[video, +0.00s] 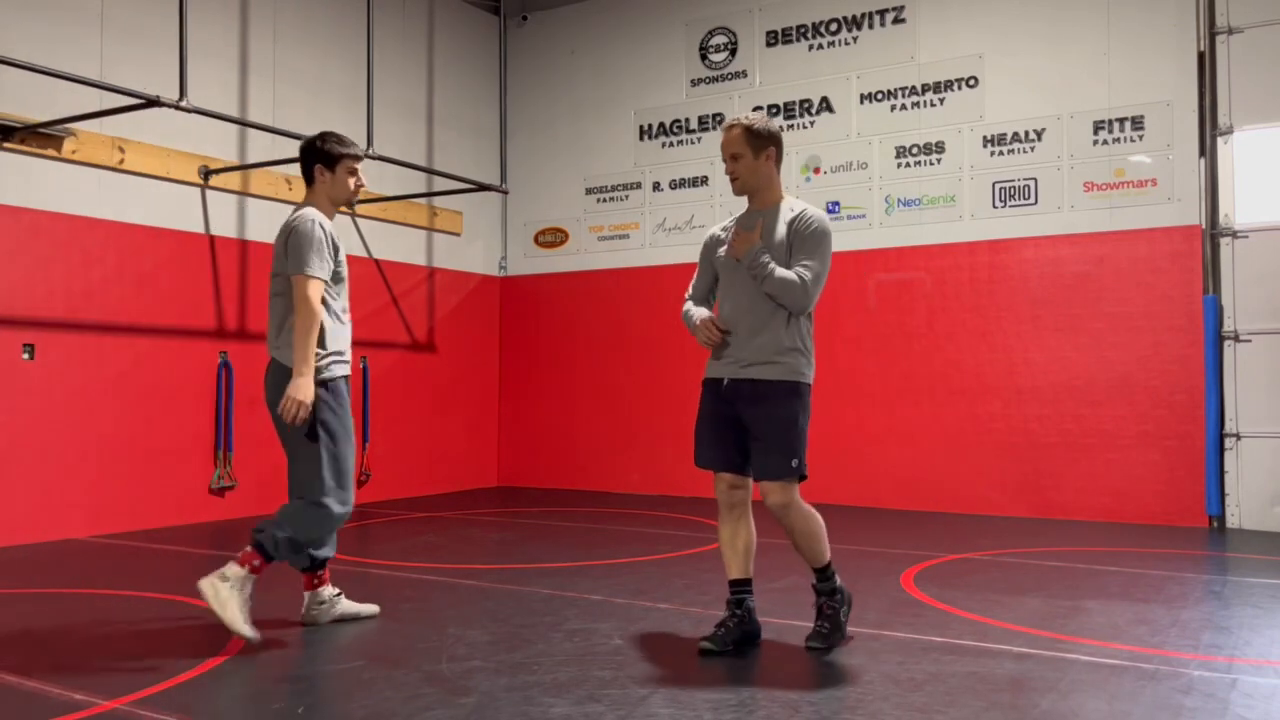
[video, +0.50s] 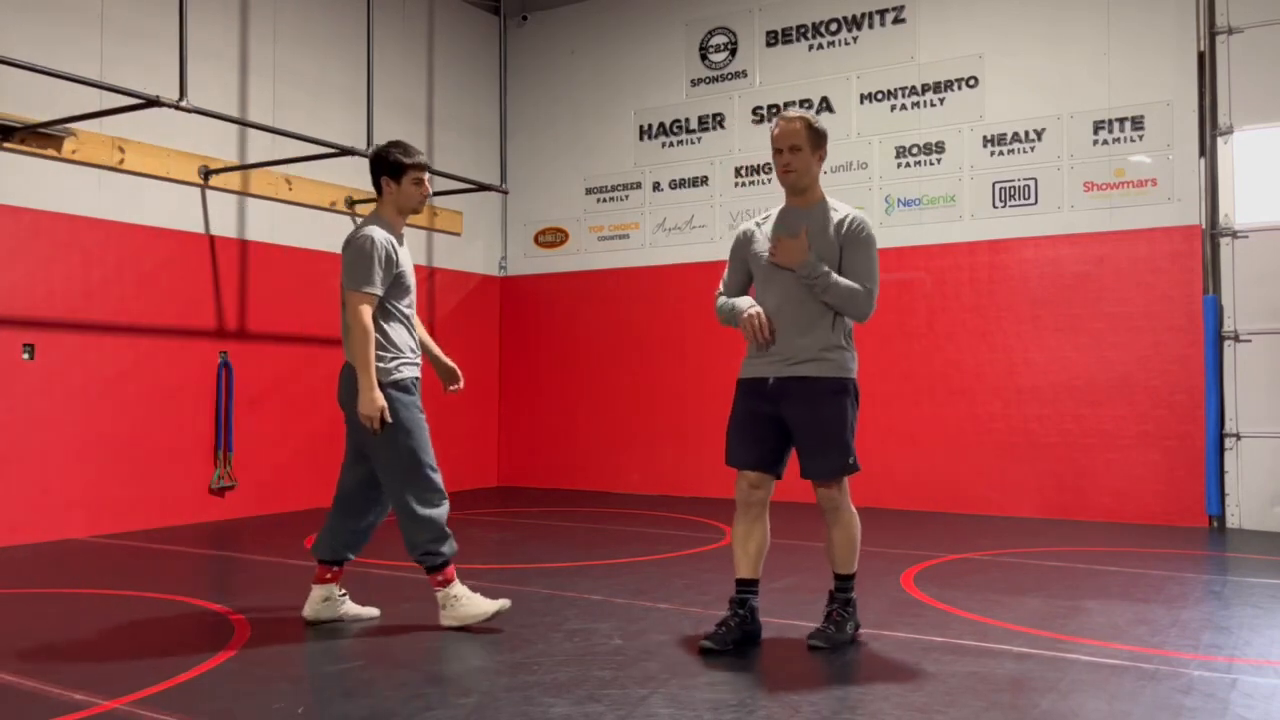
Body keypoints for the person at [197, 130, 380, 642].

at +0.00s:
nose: (359, 182)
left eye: (360, 173)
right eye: (351, 172)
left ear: (327, 177)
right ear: (321, 174)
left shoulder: (318, 228)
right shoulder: (309, 226)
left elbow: (315, 310)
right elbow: (308, 304)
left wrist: (329, 374)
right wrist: (302, 377)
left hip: (313, 377)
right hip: (312, 379)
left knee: (317, 491)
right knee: (333, 498)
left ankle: (320, 595)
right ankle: (233, 577)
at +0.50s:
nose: (427, 190)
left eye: (427, 182)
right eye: (418, 182)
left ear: (404, 188)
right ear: (388, 184)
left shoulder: (393, 241)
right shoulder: (369, 241)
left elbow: (405, 315)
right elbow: (357, 315)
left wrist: (439, 358)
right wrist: (367, 385)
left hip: (385, 381)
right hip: (385, 383)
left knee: (363, 486)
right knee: (420, 484)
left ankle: (324, 591)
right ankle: (450, 594)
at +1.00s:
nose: (496, 184)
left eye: (495, 175)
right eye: (488, 176)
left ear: (458, 182)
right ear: (456, 180)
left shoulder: (456, 228)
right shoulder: (443, 238)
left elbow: (457, 315)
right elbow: (458, 321)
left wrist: (480, 370)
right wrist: (506, 383)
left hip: (472, 376)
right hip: (453, 380)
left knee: (499, 471)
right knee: (464, 481)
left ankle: (445, 557)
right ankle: (458, 596)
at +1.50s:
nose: (525, 185)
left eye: (525, 176)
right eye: (518, 176)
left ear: (495, 178)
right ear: (488, 178)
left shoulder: (489, 229)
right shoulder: (461, 239)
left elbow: (491, 307)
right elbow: (452, 321)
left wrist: (511, 363)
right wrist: (462, 398)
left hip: (514, 375)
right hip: (482, 384)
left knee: (550, 460)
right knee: (485, 485)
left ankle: (551, 551)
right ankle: (461, 596)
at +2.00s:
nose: (552, 186)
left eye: (551, 177)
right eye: (544, 177)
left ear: (525, 183)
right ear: (515, 182)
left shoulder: (526, 238)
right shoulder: (486, 242)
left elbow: (528, 312)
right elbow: (476, 314)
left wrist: (543, 370)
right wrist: (498, 383)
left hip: (541, 378)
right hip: (510, 381)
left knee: (541, 485)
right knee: (502, 486)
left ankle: (513, 583)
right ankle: (463, 596)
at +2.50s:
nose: (583, 199)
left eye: (584, 192)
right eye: (577, 190)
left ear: (558, 193)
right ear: (548, 189)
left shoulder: (547, 249)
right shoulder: (516, 236)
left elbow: (543, 319)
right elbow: (486, 294)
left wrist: (558, 372)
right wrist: (521, 353)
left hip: (541, 381)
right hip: (515, 380)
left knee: (547, 480)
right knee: (530, 475)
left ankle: (511, 580)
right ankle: (487, 591)